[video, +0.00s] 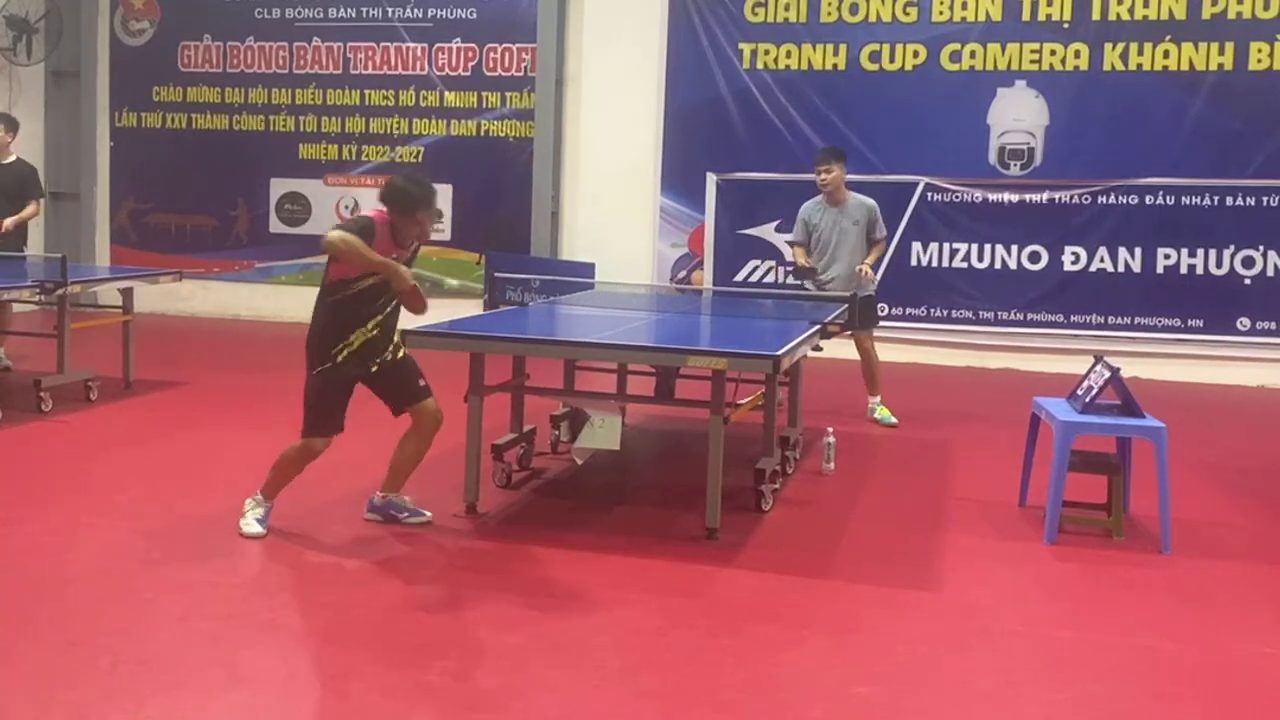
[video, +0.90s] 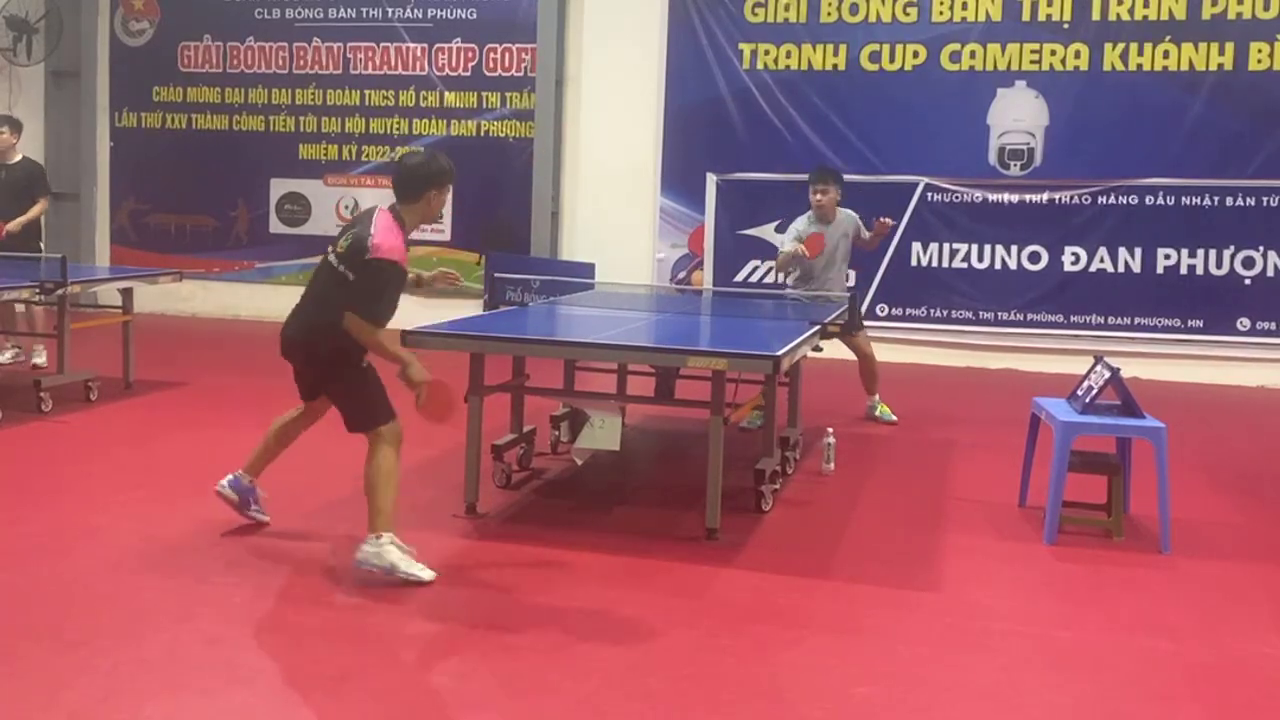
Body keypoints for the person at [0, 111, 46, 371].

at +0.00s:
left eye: (1, 132)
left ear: (11, 136)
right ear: (5, 135)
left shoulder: (26, 170)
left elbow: (35, 206)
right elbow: (34, 206)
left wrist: (13, 220)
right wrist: (14, 220)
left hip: (10, 248)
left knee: (4, 300)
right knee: (3, 301)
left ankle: (2, 348)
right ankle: (2, 349)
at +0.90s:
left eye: (2, 134)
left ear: (14, 137)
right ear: (5, 137)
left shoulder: (32, 168)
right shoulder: (3, 167)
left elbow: (43, 202)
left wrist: (20, 221)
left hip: (26, 248)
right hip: (4, 248)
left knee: (31, 300)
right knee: (5, 300)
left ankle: (38, 347)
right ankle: (11, 345)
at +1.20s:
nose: (8, 136)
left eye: (14, 132)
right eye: (6, 132)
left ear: (28, 136)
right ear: (2, 136)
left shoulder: (43, 169)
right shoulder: (3, 166)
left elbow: (53, 203)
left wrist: (25, 219)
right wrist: (4, 223)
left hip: (34, 247)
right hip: (6, 247)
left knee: (41, 297)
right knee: (8, 298)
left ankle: (52, 344)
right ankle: (11, 345)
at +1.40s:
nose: (15, 136)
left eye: (21, 132)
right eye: (13, 131)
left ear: (35, 137)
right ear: (9, 136)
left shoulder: (49, 168)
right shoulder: (4, 166)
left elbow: (60, 204)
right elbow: (2, 201)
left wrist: (35, 219)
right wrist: (2, 219)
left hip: (39, 247)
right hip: (8, 247)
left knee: (45, 297)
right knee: (11, 297)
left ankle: (53, 345)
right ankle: (12, 345)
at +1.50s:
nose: (17, 137)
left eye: (23, 132)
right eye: (15, 132)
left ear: (38, 137)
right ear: (12, 136)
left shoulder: (51, 169)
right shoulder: (5, 167)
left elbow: (63, 204)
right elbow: (3, 203)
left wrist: (38, 220)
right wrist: (2, 224)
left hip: (42, 248)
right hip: (10, 247)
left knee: (47, 298)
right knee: (12, 297)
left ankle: (53, 346)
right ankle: (13, 346)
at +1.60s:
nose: (19, 137)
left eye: (25, 133)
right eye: (17, 133)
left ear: (39, 138)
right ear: (14, 137)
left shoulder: (53, 169)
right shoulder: (7, 167)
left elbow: (66, 204)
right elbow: (2, 200)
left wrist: (40, 221)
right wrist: (3, 226)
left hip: (44, 248)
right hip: (13, 248)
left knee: (49, 298)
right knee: (13, 297)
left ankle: (52, 346)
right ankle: (13, 346)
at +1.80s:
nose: (19, 141)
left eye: (24, 136)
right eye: (16, 136)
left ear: (39, 137)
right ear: (14, 138)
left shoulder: (56, 169)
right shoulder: (8, 167)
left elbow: (69, 204)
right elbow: (3, 200)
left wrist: (42, 222)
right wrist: (4, 227)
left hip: (47, 247)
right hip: (15, 247)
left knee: (49, 298)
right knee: (14, 296)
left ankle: (52, 346)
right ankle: (14, 346)